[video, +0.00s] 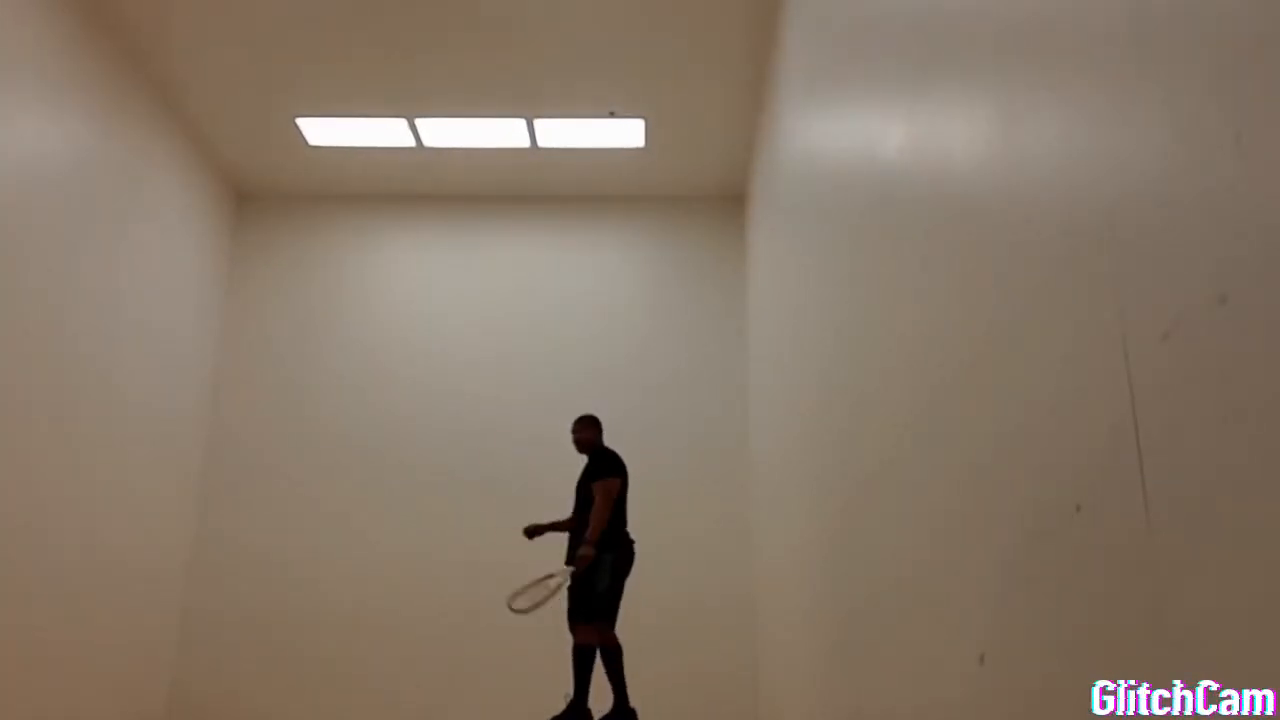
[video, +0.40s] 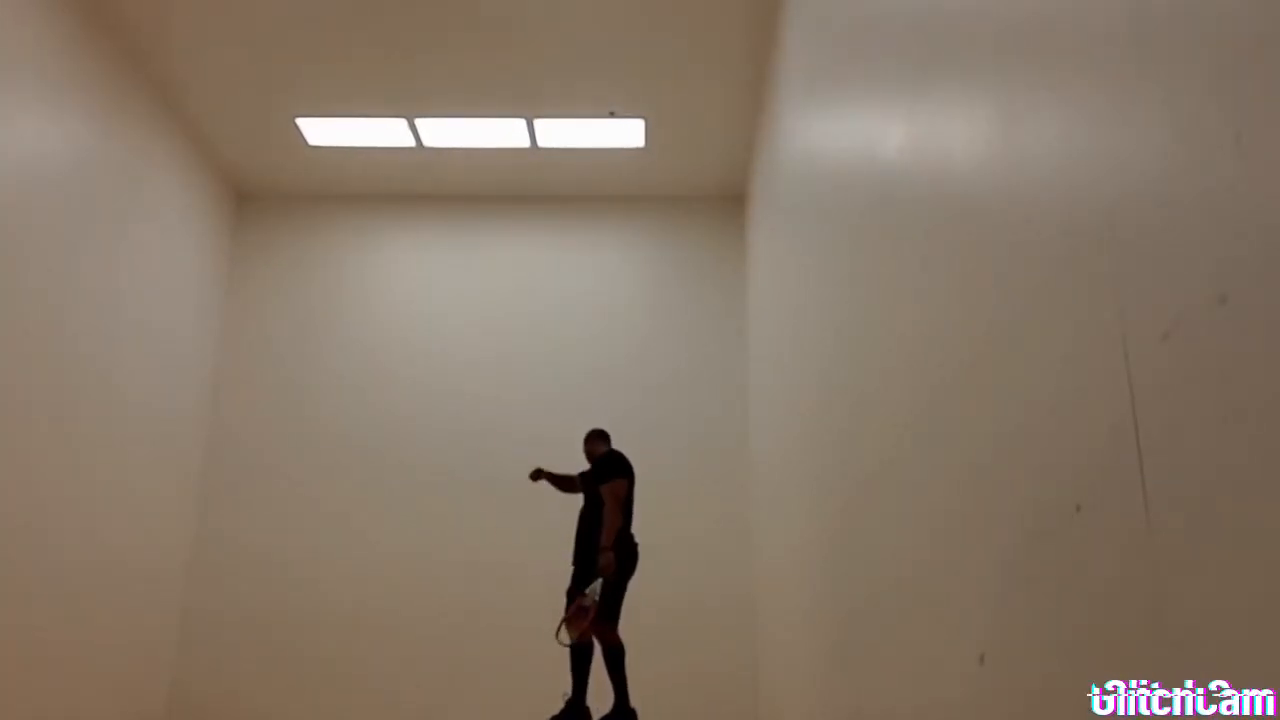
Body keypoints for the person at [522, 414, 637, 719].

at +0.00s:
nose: (576, 439)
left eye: (581, 433)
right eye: (574, 434)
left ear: (595, 433)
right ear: (579, 437)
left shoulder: (605, 463)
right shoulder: (594, 467)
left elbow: (602, 511)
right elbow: (580, 519)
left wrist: (588, 545)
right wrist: (546, 528)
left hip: (602, 554)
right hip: (604, 555)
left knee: (585, 628)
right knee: (602, 629)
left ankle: (579, 705)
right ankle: (622, 706)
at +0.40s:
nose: (586, 452)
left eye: (587, 447)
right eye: (586, 448)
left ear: (594, 444)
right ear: (604, 443)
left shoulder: (614, 465)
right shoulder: (598, 471)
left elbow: (614, 510)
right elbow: (574, 484)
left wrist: (606, 550)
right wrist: (546, 476)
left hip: (614, 558)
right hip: (589, 557)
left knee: (604, 627)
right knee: (579, 626)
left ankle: (622, 705)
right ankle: (577, 704)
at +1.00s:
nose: (564, 446)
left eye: (566, 440)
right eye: (562, 441)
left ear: (581, 436)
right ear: (581, 436)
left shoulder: (596, 458)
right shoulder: (585, 467)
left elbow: (599, 502)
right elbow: (582, 514)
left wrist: (576, 542)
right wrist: (549, 510)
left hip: (602, 551)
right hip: (596, 552)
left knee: (576, 624)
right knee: (602, 625)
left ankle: (577, 705)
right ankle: (623, 705)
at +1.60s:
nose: (556, 425)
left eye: (563, 421)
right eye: (556, 420)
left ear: (577, 424)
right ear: (560, 424)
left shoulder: (583, 455)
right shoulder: (574, 455)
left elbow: (571, 502)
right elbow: (566, 505)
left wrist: (533, 525)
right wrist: (536, 526)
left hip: (581, 551)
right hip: (575, 550)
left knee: (555, 618)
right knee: (562, 620)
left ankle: (593, 692)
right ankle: (585, 695)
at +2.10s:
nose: (555, 422)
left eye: (562, 417)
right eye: (553, 417)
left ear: (576, 423)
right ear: (551, 423)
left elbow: (584, 504)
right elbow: (549, 509)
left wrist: (536, 525)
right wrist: (529, 535)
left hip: (577, 548)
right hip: (551, 550)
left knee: (568, 621)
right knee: (541, 621)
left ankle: (578, 704)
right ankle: (545, 703)